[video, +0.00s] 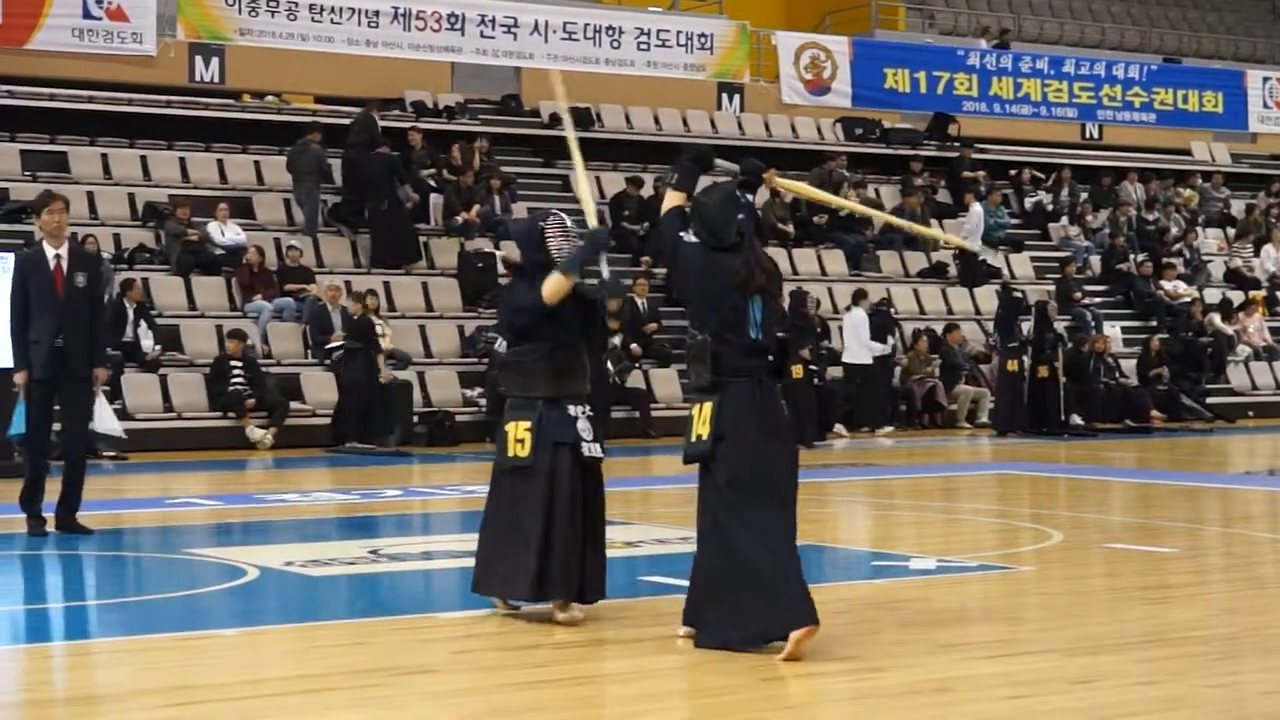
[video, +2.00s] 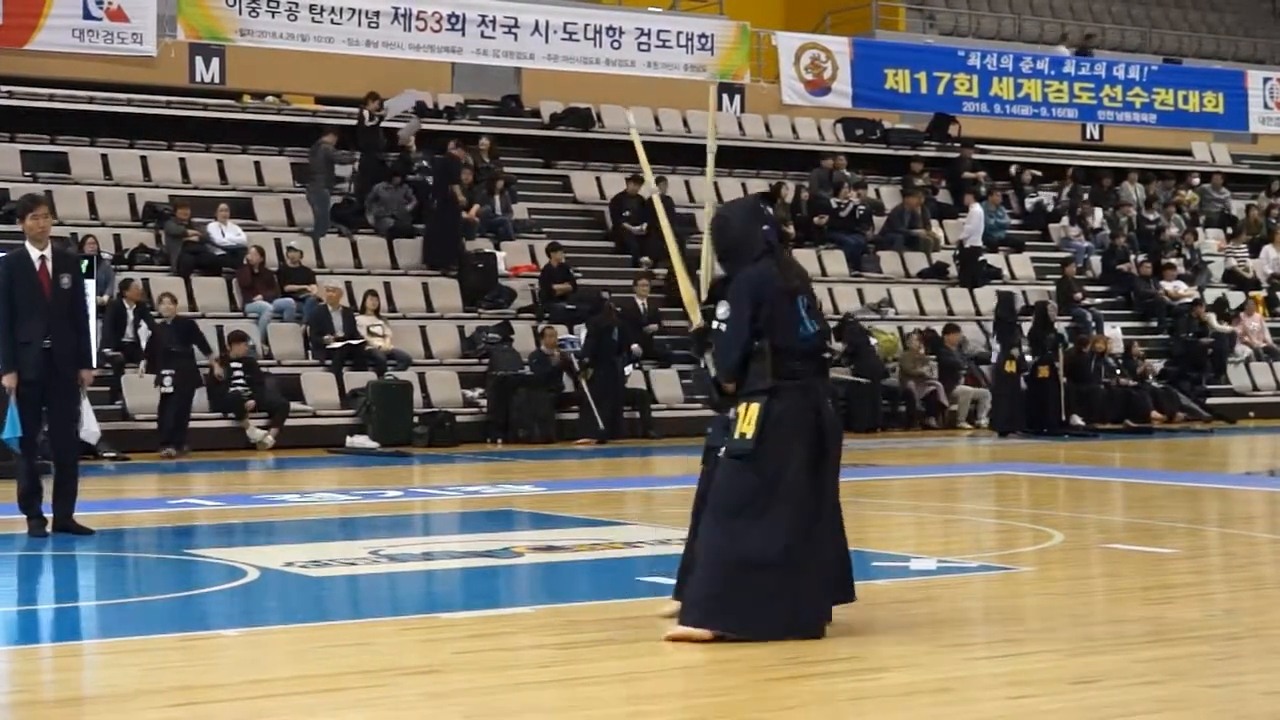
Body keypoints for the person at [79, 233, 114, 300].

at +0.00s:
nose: (92, 246)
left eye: (94, 243)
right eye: (89, 243)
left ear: (98, 245)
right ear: (83, 246)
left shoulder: (103, 262)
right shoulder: (79, 263)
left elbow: (110, 278)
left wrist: (107, 294)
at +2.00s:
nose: (92, 246)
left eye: (94, 243)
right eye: (88, 244)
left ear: (97, 246)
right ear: (83, 246)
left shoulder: (104, 264)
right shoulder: (77, 263)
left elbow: (110, 280)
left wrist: (106, 295)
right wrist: (92, 298)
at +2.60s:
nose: (92, 246)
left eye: (94, 243)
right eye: (89, 243)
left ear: (98, 245)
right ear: (83, 246)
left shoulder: (105, 263)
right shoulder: (77, 263)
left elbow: (112, 279)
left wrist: (108, 294)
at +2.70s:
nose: (92, 246)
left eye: (94, 243)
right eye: (89, 243)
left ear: (98, 245)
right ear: (83, 246)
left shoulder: (104, 263)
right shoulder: (77, 263)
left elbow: (111, 279)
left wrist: (108, 294)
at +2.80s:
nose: (92, 246)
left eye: (94, 243)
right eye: (89, 243)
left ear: (98, 245)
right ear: (83, 246)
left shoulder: (105, 263)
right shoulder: (77, 263)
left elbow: (112, 280)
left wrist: (106, 296)